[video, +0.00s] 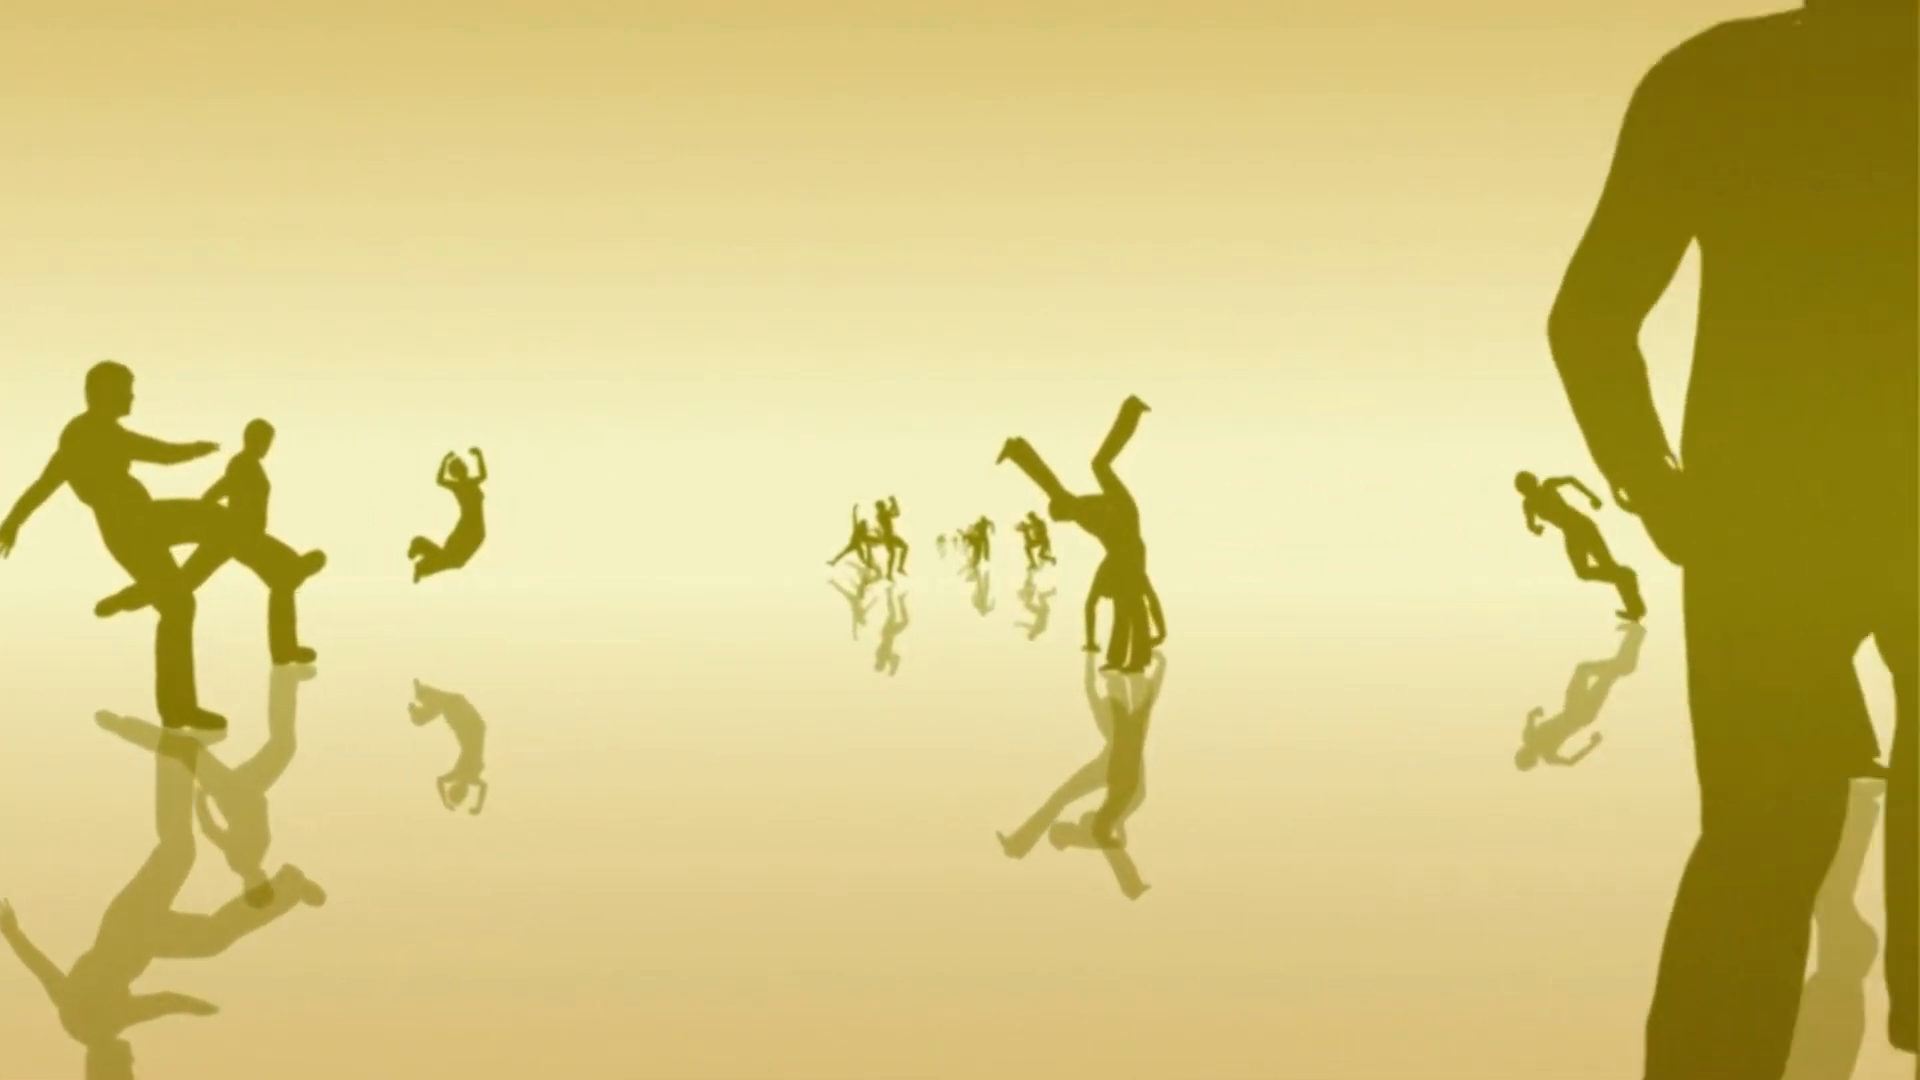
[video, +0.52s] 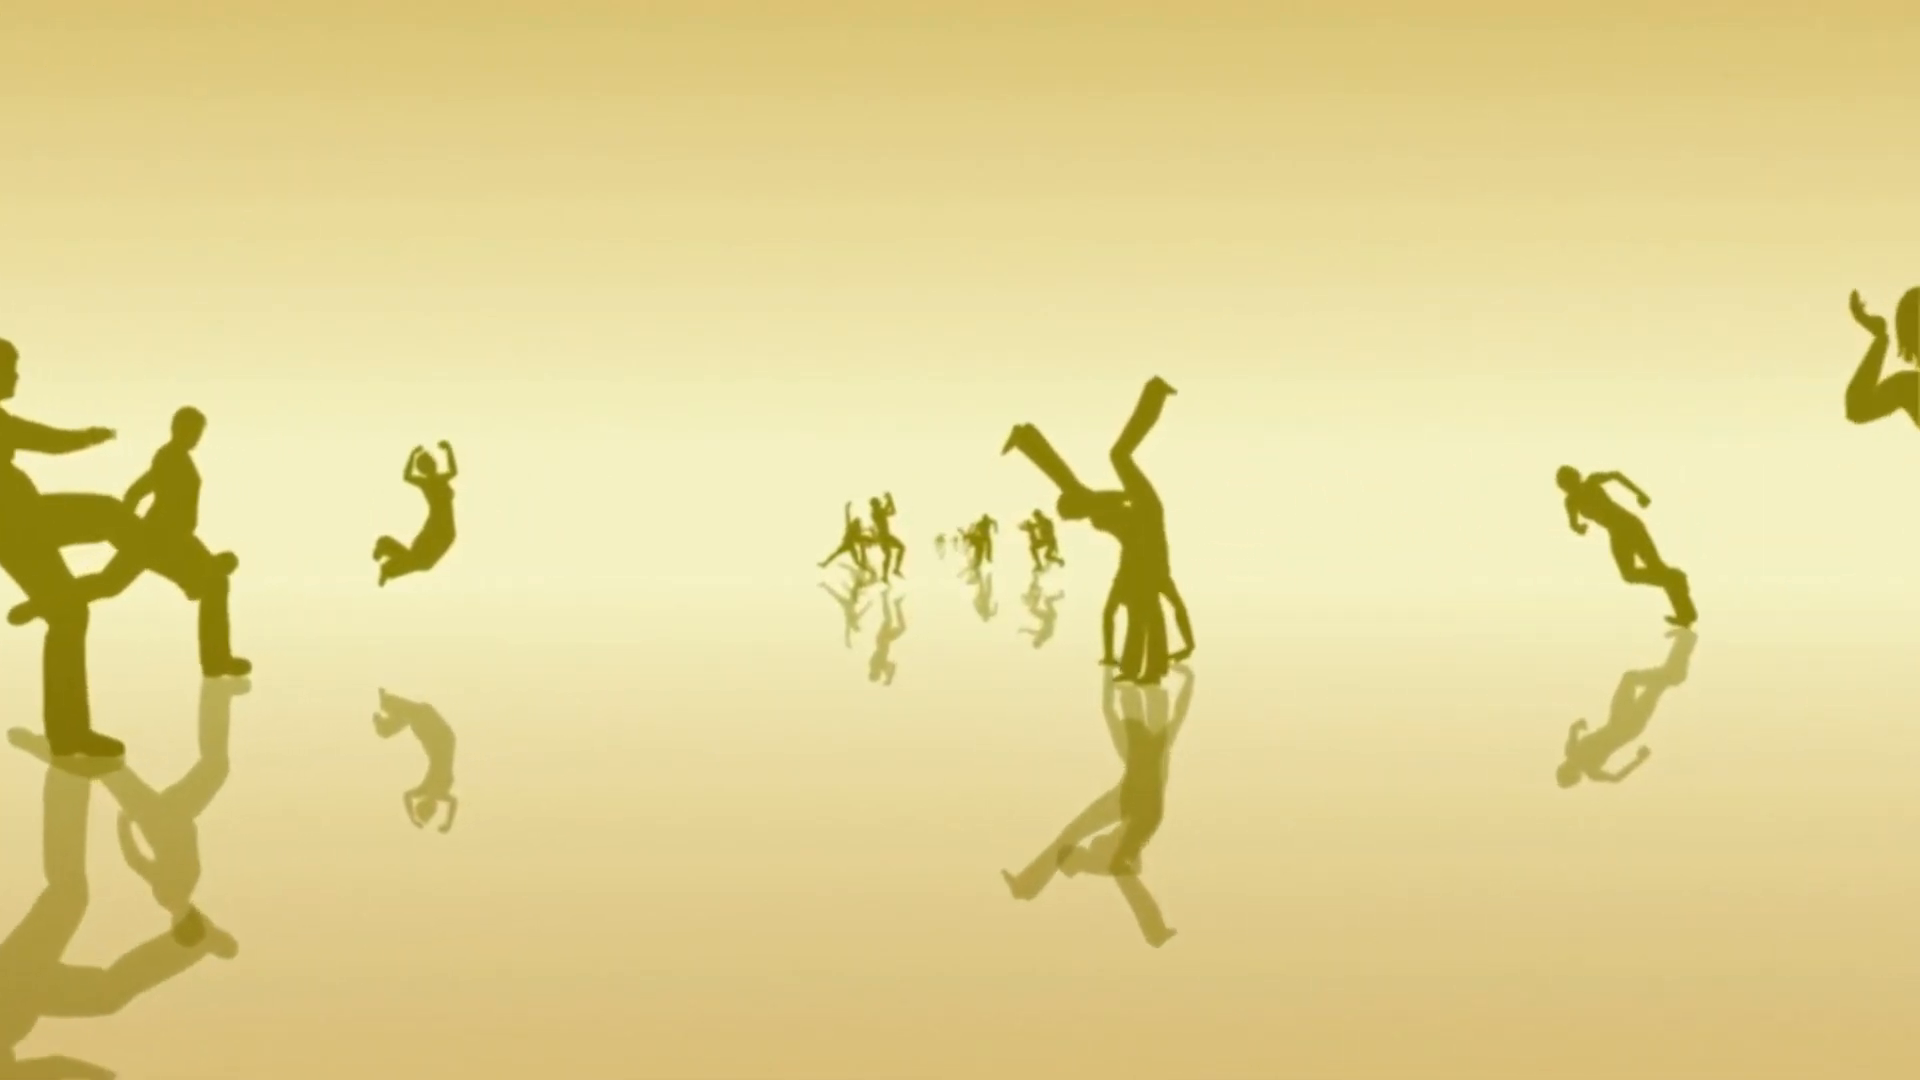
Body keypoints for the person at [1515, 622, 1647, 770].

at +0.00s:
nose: (1528, 761)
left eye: (1525, 761)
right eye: (1527, 763)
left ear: (1522, 752)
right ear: (1530, 762)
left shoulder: (1529, 739)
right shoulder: (1548, 756)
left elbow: (1529, 723)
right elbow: (1570, 762)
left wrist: (1533, 714)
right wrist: (1592, 745)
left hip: (1571, 707)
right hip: (1583, 716)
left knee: (1582, 670)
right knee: (1608, 679)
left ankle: (1617, 664)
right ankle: (1636, 635)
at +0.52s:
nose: (1573, 779)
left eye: (1569, 778)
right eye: (1571, 781)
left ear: (1565, 768)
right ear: (1573, 778)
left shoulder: (1572, 753)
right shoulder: (1592, 772)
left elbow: (1572, 735)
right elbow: (1616, 778)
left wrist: (1577, 726)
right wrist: (1639, 760)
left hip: (1617, 719)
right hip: (1631, 728)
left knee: (1628, 679)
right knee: (1657, 687)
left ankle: (1667, 674)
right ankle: (1685, 641)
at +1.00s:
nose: (1626, 798)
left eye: (1622, 797)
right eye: (1624, 800)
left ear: (1618, 787)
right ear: (1627, 798)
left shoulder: (1625, 770)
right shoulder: (1647, 792)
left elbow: (1626, 752)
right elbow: (1673, 799)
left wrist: (1631, 742)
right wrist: (1698, 780)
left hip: (1674, 735)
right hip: (1688, 744)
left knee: (1686, 691)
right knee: (1717, 701)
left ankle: (1728, 686)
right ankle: (1747, 650)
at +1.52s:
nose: (1685, 821)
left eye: (1680, 821)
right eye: (1682, 823)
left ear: (1675, 809)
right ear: (1684, 819)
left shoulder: (1681, 791)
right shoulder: (1706, 814)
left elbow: (1682, 768)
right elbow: (1733, 820)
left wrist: (1688, 759)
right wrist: (1761, 799)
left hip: (1734, 751)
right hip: (1750, 762)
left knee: (1747, 704)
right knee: (1784, 710)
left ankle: (1792, 698)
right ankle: (1815, 658)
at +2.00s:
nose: (1756, 847)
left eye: (1750, 846)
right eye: (1753, 850)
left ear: (1746, 834)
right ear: (1756, 847)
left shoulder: (1753, 815)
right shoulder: (1780, 842)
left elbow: (1755, 788)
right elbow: (1811, 848)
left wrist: (1762, 780)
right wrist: (1841, 824)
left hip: (1812, 772)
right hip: (1829, 785)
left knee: (1826, 720)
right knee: (1864, 729)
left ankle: (1879, 714)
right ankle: (1900, 670)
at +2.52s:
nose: (1837, 882)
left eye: (1830, 877)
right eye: (1833, 885)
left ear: (1826, 864)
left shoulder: (1832, 841)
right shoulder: (1865, 872)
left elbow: (1836, 809)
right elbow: (1896, 878)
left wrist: (1845, 801)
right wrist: (1915, 863)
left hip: (1897, 800)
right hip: (1910, 814)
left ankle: (1915, 729)